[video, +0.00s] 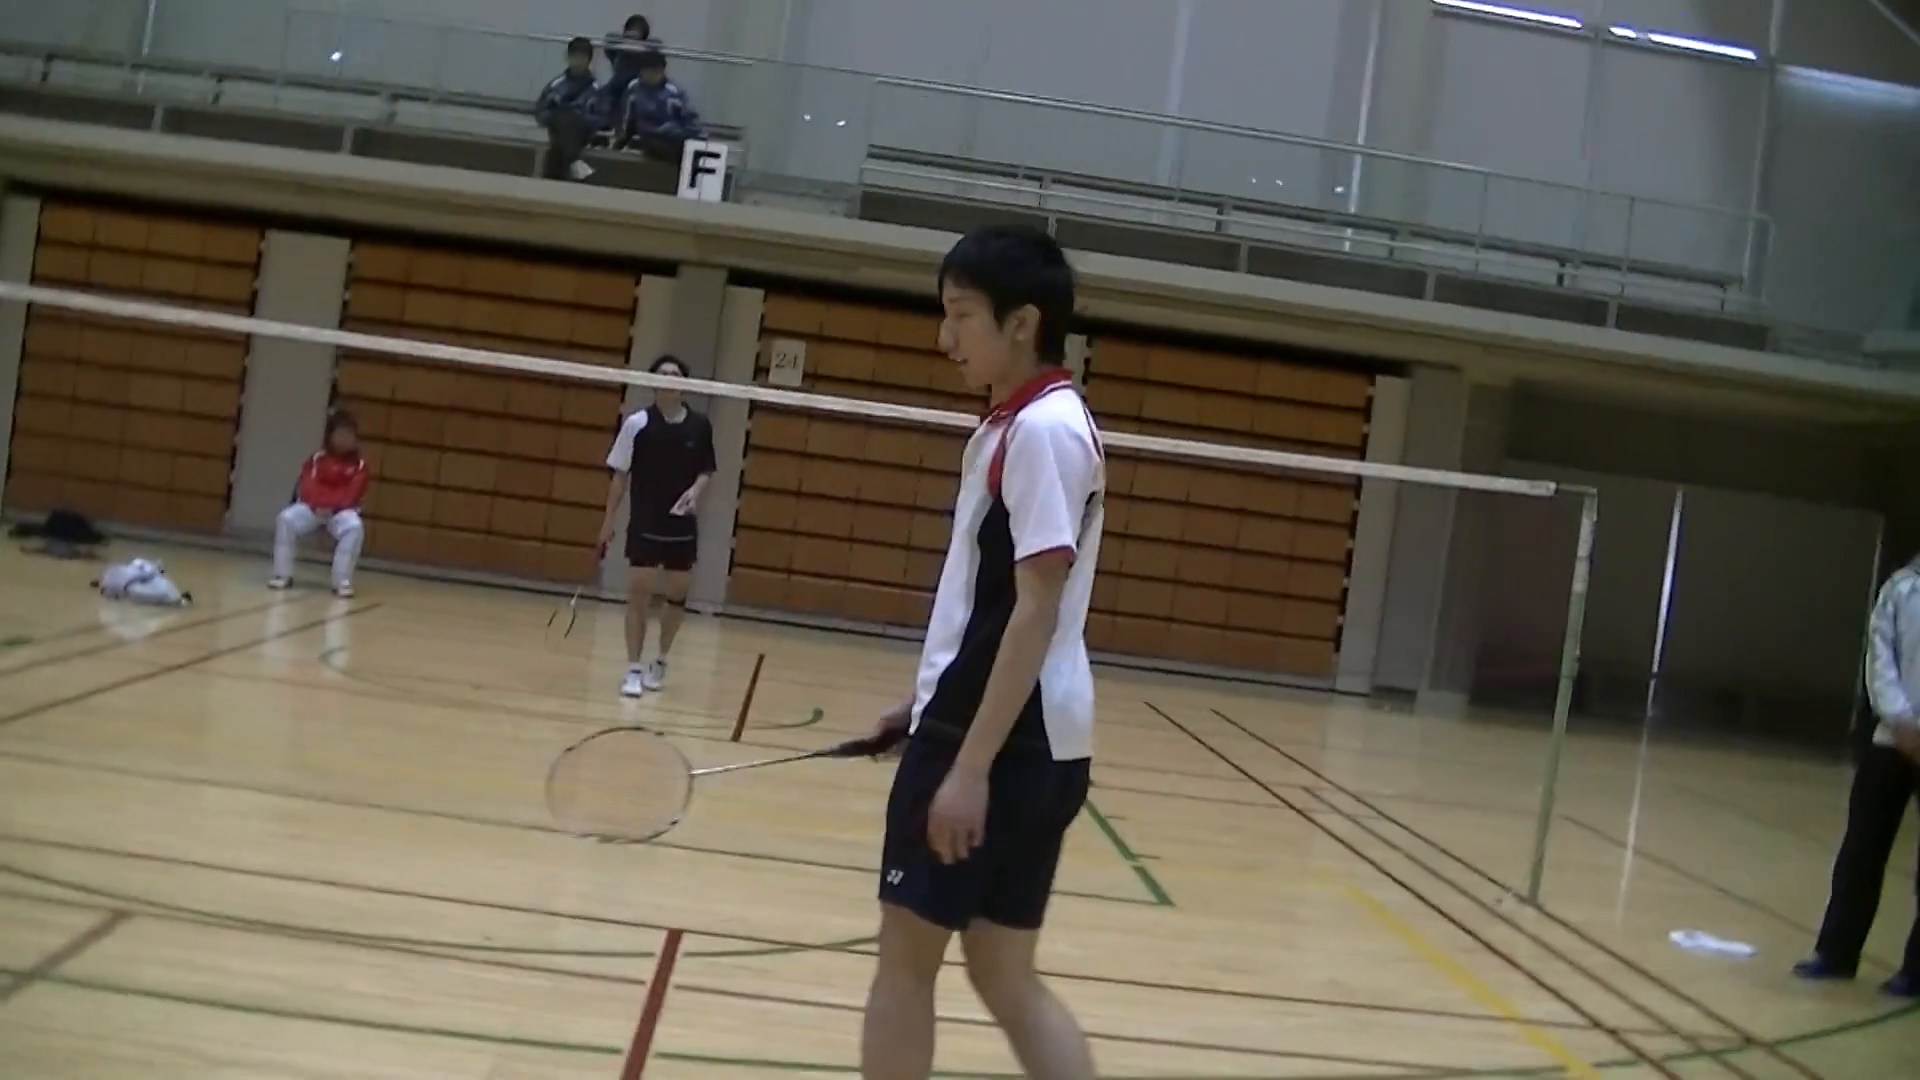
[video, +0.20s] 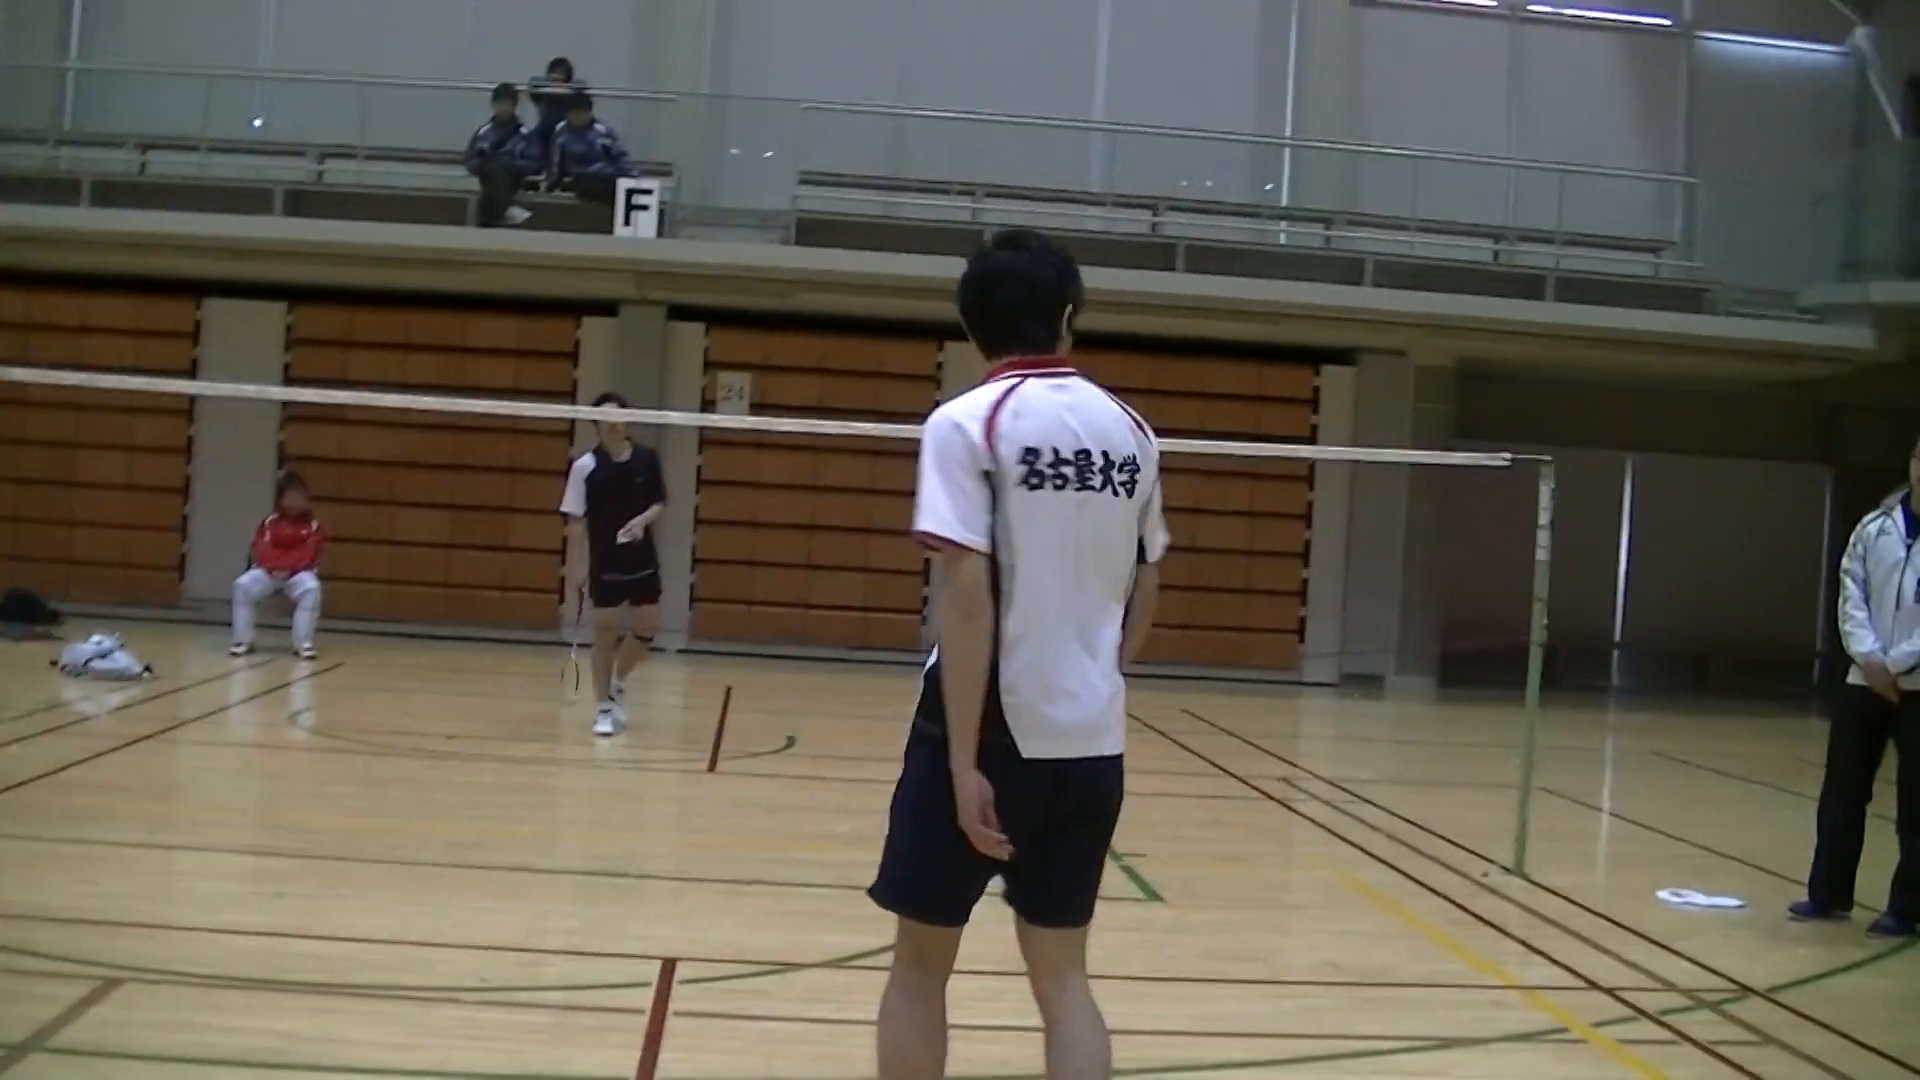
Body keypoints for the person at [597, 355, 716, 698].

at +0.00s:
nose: (669, 381)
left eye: (675, 376)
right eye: (663, 375)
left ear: (685, 385)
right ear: (653, 382)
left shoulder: (699, 426)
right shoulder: (637, 423)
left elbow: (707, 468)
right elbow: (620, 476)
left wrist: (695, 491)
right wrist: (607, 523)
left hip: (682, 525)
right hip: (644, 522)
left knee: (676, 598)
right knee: (639, 595)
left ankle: (660, 660)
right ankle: (634, 668)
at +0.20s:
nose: (613, 428)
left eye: (617, 421)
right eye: (606, 423)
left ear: (627, 422)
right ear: (596, 425)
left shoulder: (646, 459)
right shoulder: (584, 467)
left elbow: (660, 502)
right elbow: (575, 521)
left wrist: (641, 521)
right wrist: (575, 567)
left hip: (642, 558)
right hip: (605, 561)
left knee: (646, 629)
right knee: (606, 631)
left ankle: (616, 682)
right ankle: (603, 706)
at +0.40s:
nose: (566, 446)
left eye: (571, 439)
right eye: (559, 441)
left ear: (580, 440)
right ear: (550, 445)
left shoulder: (601, 477)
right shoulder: (539, 488)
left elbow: (616, 521)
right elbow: (534, 543)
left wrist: (594, 537)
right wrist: (546, 587)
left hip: (602, 575)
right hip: (564, 580)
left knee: (620, 643)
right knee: (565, 652)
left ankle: (596, 659)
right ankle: (563, 729)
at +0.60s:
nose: (527, 412)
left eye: (531, 405)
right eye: (520, 407)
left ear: (541, 406)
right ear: (511, 412)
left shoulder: (565, 443)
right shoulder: (503, 455)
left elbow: (580, 485)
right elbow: (499, 509)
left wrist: (564, 509)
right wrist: (512, 554)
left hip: (568, 542)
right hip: (530, 548)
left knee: (587, 608)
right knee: (533, 620)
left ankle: (568, 677)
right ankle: (532, 694)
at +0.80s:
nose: (537, 357)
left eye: (541, 351)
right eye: (530, 353)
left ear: (550, 355)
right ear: (518, 359)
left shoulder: (569, 390)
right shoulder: (508, 404)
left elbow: (583, 434)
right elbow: (501, 463)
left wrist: (575, 460)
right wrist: (504, 513)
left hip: (572, 490)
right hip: (534, 497)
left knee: (594, 559)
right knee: (534, 573)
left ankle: (602, 632)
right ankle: (537, 646)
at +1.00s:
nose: (628, 348)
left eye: (633, 341)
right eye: (621, 342)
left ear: (641, 343)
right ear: (609, 347)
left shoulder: (657, 380)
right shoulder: (597, 387)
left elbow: (667, 426)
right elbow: (586, 447)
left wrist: (661, 455)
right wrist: (582, 498)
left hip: (655, 476)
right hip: (618, 481)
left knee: (675, 545)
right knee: (617, 556)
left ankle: (681, 625)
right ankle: (614, 632)